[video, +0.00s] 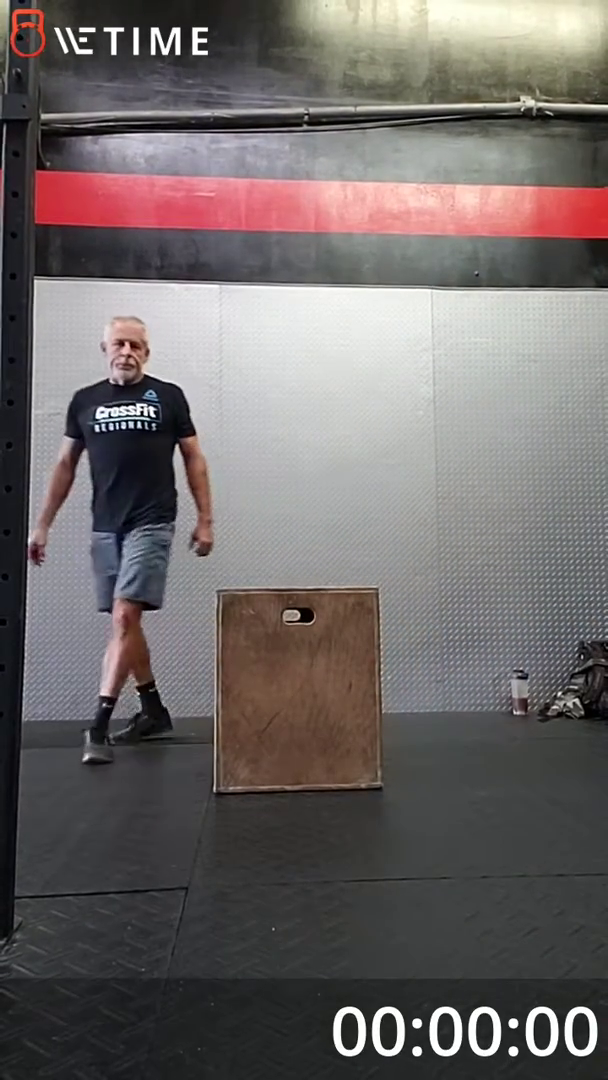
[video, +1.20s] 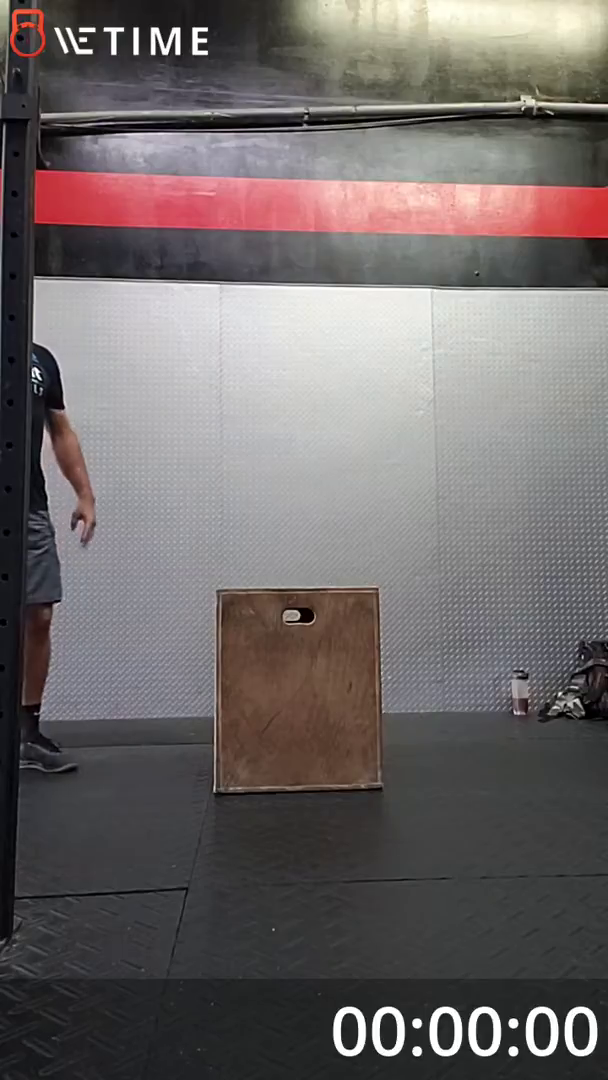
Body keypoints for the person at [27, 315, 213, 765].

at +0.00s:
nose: (127, 352)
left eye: (135, 345)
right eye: (119, 344)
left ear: (146, 352)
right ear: (105, 350)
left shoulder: (168, 397)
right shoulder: (84, 401)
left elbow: (193, 458)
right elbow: (66, 465)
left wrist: (205, 519)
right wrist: (42, 526)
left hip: (152, 521)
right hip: (106, 525)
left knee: (125, 613)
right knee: (123, 619)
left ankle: (98, 726)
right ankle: (153, 709)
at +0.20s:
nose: (117, 343)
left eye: (125, 337)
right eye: (109, 335)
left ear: (135, 345)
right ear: (94, 339)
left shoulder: (152, 393)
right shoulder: (65, 388)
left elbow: (173, 459)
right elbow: (49, 452)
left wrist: (183, 521)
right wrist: (37, 511)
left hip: (128, 524)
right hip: (73, 522)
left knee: (114, 618)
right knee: (58, 619)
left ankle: (97, 728)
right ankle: (114, 684)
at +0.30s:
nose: (108, 339)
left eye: (117, 333)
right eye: (101, 330)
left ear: (126, 341)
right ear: (85, 333)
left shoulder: (143, 389)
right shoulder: (52, 382)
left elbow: (164, 454)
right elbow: (35, 447)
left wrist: (174, 511)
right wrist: (27, 504)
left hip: (120, 523)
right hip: (61, 519)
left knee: (112, 619)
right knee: (34, 612)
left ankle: (98, 727)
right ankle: (68, 693)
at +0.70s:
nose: (50, 316)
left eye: (58, 309)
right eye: (41, 306)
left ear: (67, 317)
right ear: (26, 311)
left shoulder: (80, 374)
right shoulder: (12, 362)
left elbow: (101, 442)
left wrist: (124, 503)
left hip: (65, 509)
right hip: (16, 509)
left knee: (80, 616)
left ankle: (91, 725)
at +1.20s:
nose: (16, 295)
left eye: (20, 288)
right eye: (12, 289)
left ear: (24, 301)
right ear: (3, 302)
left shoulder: (39, 360)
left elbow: (60, 430)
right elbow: (61, 431)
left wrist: (84, 493)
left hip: (30, 510)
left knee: (39, 617)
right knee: (16, 621)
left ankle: (28, 732)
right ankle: (17, 734)